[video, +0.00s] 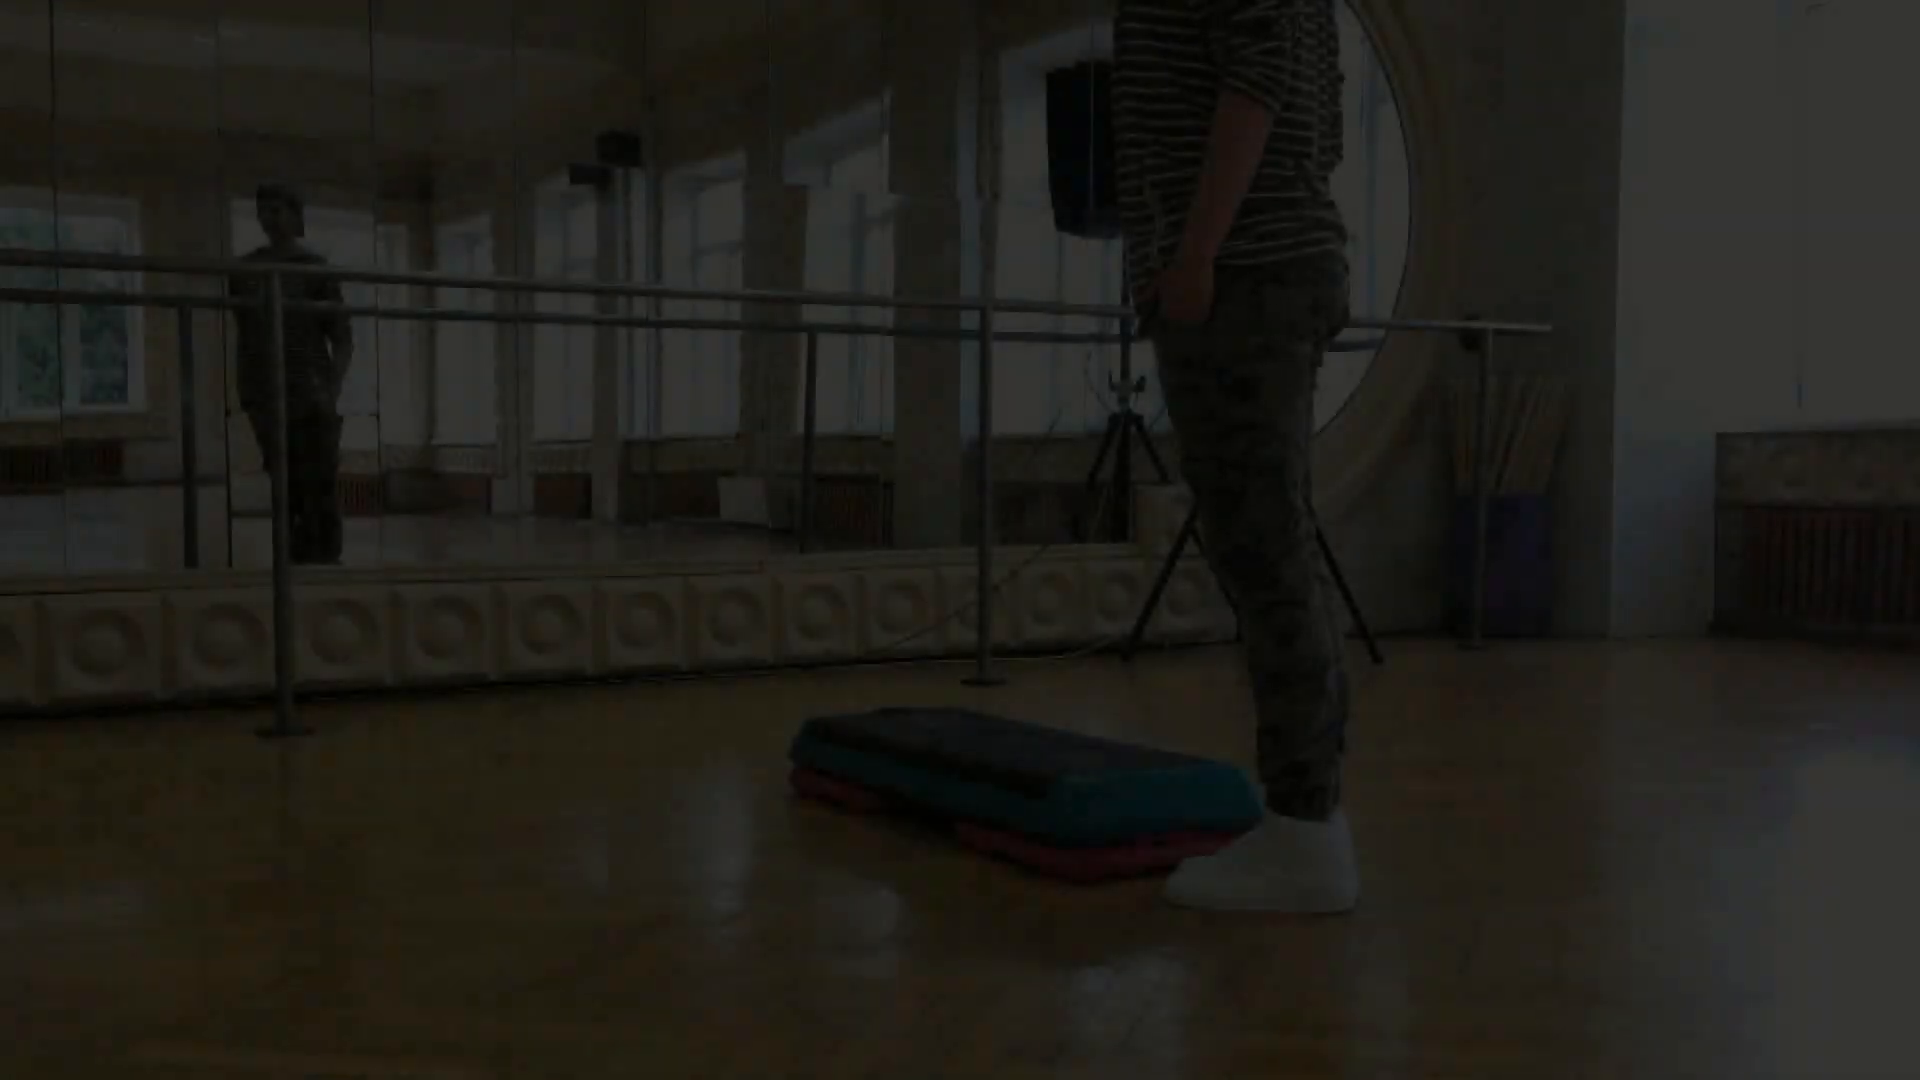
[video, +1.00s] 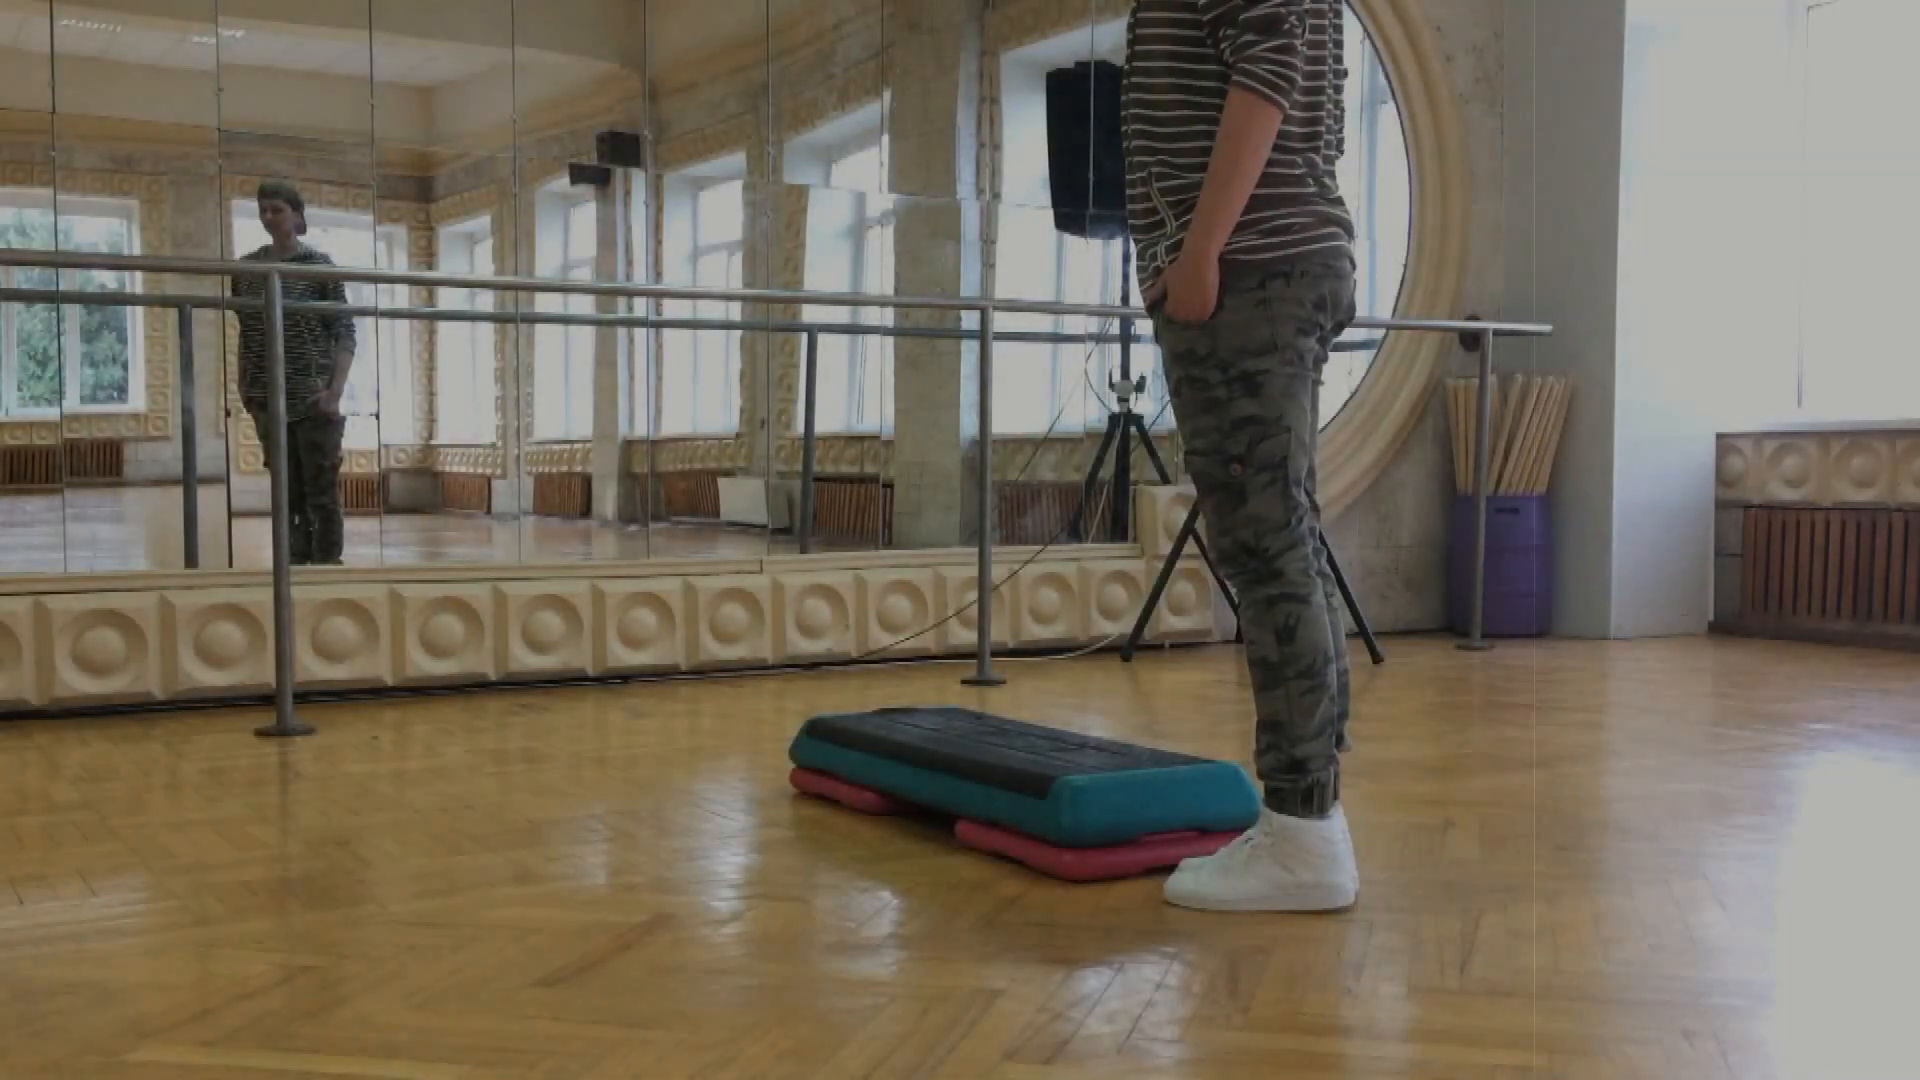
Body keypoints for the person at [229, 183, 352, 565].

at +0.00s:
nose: (274, 223)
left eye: (281, 213)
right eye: (268, 214)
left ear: (297, 217)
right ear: (260, 219)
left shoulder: (316, 267)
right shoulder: (245, 270)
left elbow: (341, 334)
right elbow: (244, 335)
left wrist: (332, 385)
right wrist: (246, 389)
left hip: (313, 390)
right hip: (265, 392)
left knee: (318, 476)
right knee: (285, 477)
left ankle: (323, 557)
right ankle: (293, 556)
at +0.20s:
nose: (268, 217)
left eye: (276, 209)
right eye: (264, 210)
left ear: (295, 215)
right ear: (258, 216)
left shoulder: (316, 265)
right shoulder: (243, 268)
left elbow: (343, 332)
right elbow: (242, 333)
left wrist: (332, 391)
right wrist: (245, 390)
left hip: (312, 392)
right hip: (264, 394)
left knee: (318, 482)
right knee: (285, 482)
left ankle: (326, 563)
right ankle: (297, 560)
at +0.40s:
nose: (268, 219)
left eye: (276, 211)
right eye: (263, 212)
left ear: (296, 216)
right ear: (258, 219)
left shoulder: (317, 266)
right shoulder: (243, 270)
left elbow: (343, 334)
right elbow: (246, 335)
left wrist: (332, 395)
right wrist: (247, 392)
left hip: (314, 398)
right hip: (265, 401)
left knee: (318, 488)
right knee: (285, 487)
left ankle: (327, 567)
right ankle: (296, 566)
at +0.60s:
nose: (268, 219)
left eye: (276, 211)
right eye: (263, 212)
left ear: (297, 215)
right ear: (259, 219)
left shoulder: (319, 266)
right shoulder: (244, 270)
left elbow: (344, 333)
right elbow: (247, 335)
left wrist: (334, 394)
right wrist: (247, 391)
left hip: (315, 398)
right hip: (266, 400)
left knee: (319, 488)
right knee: (286, 488)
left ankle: (327, 568)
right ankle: (296, 567)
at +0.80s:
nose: (268, 219)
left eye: (276, 212)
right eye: (263, 213)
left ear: (297, 217)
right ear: (259, 219)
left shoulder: (320, 268)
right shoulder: (246, 271)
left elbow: (345, 333)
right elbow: (248, 336)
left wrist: (335, 393)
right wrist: (246, 390)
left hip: (316, 401)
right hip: (267, 403)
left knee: (320, 492)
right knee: (286, 492)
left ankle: (327, 572)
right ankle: (295, 570)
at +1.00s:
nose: (269, 218)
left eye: (277, 211)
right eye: (264, 212)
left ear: (298, 216)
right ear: (259, 218)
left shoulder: (320, 266)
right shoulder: (245, 269)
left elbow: (345, 331)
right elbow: (246, 335)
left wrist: (335, 392)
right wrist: (245, 390)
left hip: (315, 397)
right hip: (266, 400)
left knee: (319, 489)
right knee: (286, 491)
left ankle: (327, 568)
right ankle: (296, 568)